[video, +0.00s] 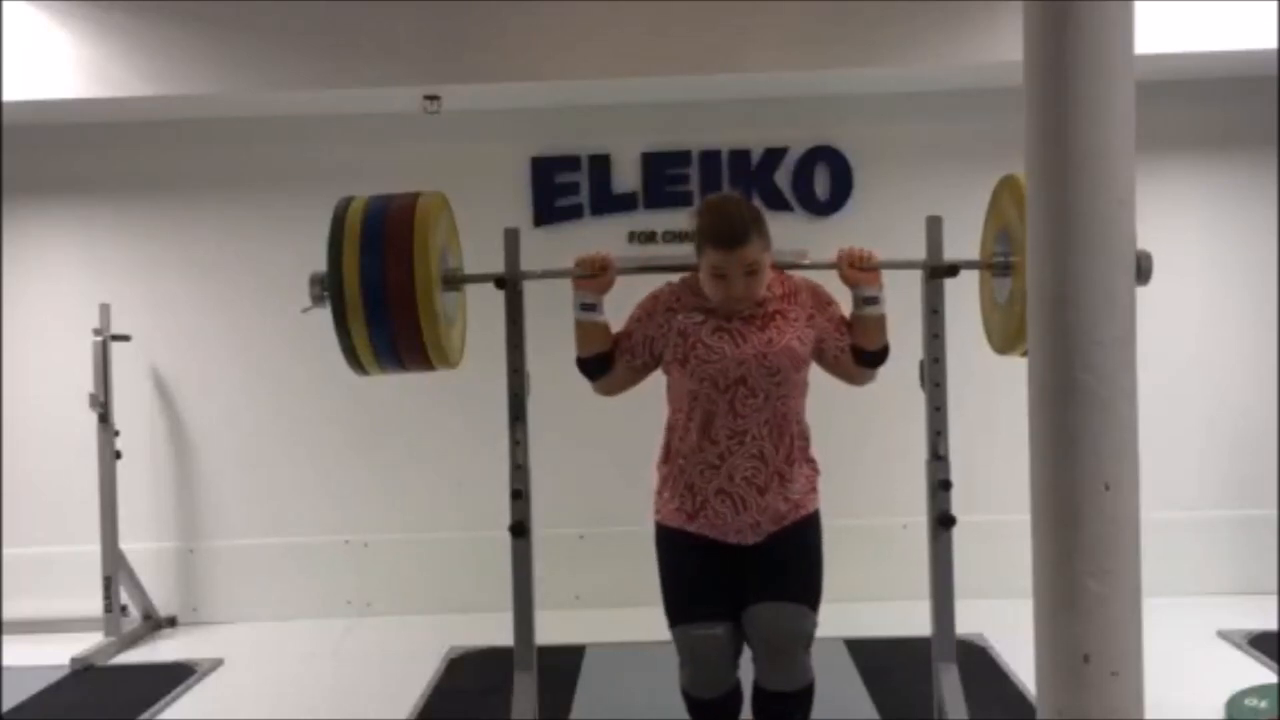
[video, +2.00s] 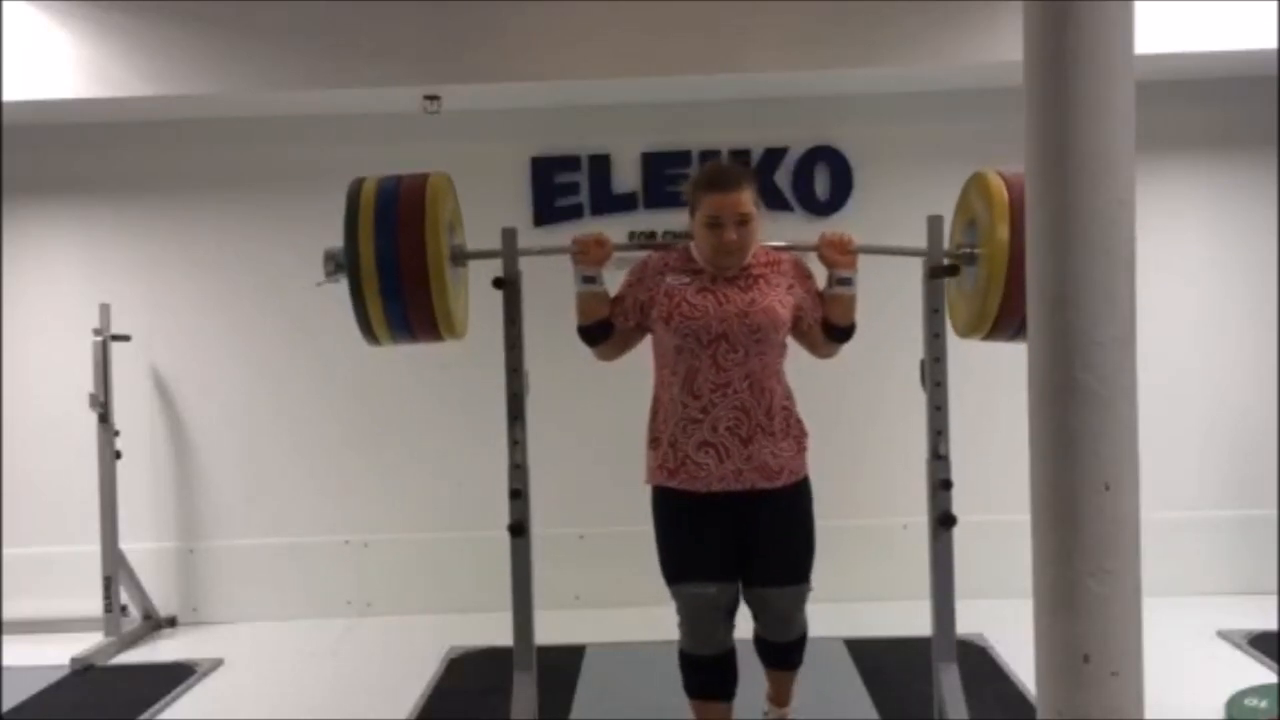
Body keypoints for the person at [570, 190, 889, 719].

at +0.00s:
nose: (736, 287)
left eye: (750, 271)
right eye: (719, 274)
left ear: (769, 258)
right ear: (697, 264)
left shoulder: (800, 302)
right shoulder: (671, 310)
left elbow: (860, 369)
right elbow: (608, 378)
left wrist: (868, 296)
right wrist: (588, 303)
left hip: (783, 519)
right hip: (693, 522)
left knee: (785, 661)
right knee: (706, 667)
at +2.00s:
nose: (729, 238)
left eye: (741, 223)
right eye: (714, 224)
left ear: (759, 220)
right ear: (692, 223)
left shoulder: (783, 270)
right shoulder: (658, 272)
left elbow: (826, 342)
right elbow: (607, 345)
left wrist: (842, 276)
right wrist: (589, 277)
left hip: (774, 478)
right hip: (689, 482)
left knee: (782, 619)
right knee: (704, 628)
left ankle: (779, 711)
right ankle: (713, 717)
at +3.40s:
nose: (700, 244)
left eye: (710, 232)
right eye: (687, 233)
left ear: (724, 231)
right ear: (666, 234)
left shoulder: (747, 274)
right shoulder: (637, 276)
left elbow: (788, 335)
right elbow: (591, 337)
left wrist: (800, 282)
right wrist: (577, 278)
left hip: (741, 454)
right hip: (662, 457)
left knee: (766, 576)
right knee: (668, 582)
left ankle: (796, 695)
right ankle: (666, 702)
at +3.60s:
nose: (706, 244)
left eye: (716, 232)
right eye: (693, 234)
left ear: (731, 231)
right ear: (673, 234)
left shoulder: (754, 275)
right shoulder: (645, 277)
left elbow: (794, 337)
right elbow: (599, 338)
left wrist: (809, 283)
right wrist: (586, 278)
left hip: (748, 456)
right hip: (670, 459)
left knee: (765, 579)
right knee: (673, 582)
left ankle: (796, 697)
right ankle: (665, 701)